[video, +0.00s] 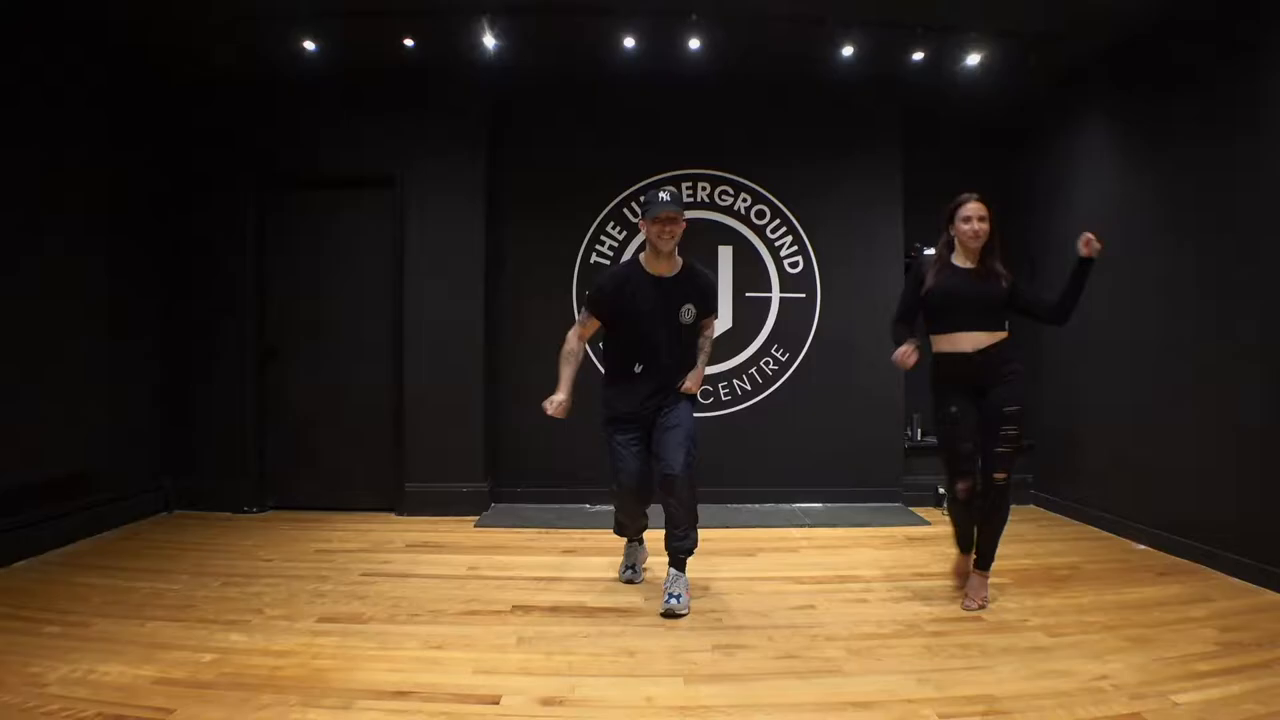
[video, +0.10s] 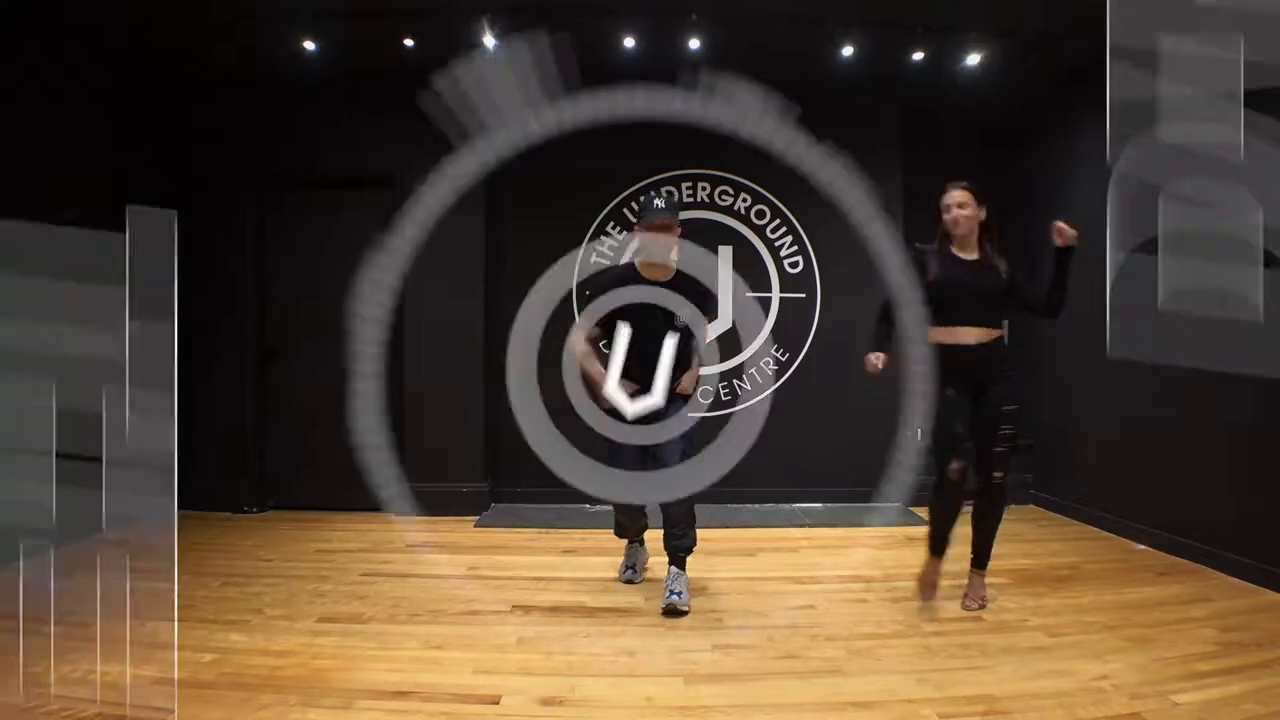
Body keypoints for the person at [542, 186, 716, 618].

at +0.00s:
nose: (668, 229)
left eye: (675, 222)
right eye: (660, 223)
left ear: (683, 225)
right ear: (644, 226)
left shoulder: (699, 282)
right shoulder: (615, 282)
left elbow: (706, 329)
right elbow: (576, 338)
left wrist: (699, 369)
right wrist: (564, 391)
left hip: (674, 396)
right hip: (624, 399)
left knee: (675, 475)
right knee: (629, 484)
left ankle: (677, 572)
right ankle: (634, 545)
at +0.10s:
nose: (662, 239)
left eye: (668, 231)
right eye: (654, 231)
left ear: (678, 236)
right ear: (637, 235)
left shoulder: (695, 293)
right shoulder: (607, 288)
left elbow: (707, 346)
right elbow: (580, 342)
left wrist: (694, 373)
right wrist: (605, 380)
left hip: (671, 405)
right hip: (618, 403)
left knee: (674, 480)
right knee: (625, 478)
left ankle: (677, 570)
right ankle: (634, 545)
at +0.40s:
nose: (640, 239)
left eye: (648, 232)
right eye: (633, 232)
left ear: (661, 234)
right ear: (623, 235)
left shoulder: (681, 281)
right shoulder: (605, 282)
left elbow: (696, 335)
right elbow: (581, 343)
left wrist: (685, 365)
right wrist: (633, 364)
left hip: (666, 390)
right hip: (620, 392)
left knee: (673, 462)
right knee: (624, 466)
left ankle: (680, 551)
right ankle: (635, 550)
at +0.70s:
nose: (628, 246)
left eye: (636, 238)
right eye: (623, 239)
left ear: (653, 241)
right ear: (616, 243)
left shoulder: (677, 287)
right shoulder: (606, 287)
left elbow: (693, 338)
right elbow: (586, 335)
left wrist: (682, 370)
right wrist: (556, 358)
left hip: (661, 388)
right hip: (617, 388)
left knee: (658, 459)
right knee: (624, 462)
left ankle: (657, 524)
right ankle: (633, 539)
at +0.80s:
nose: (632, 253)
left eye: (639, 245)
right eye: (626, 246)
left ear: (654, 246)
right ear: (618, 249)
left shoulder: (677, 291)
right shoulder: (606, 292)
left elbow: (691, 340)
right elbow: (588, 339)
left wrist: (683, 374)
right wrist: (606, 357)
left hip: (662, 388)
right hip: (620, 390)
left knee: (659, 457)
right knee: (626, 459)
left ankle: (648, 525)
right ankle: (633, 537)